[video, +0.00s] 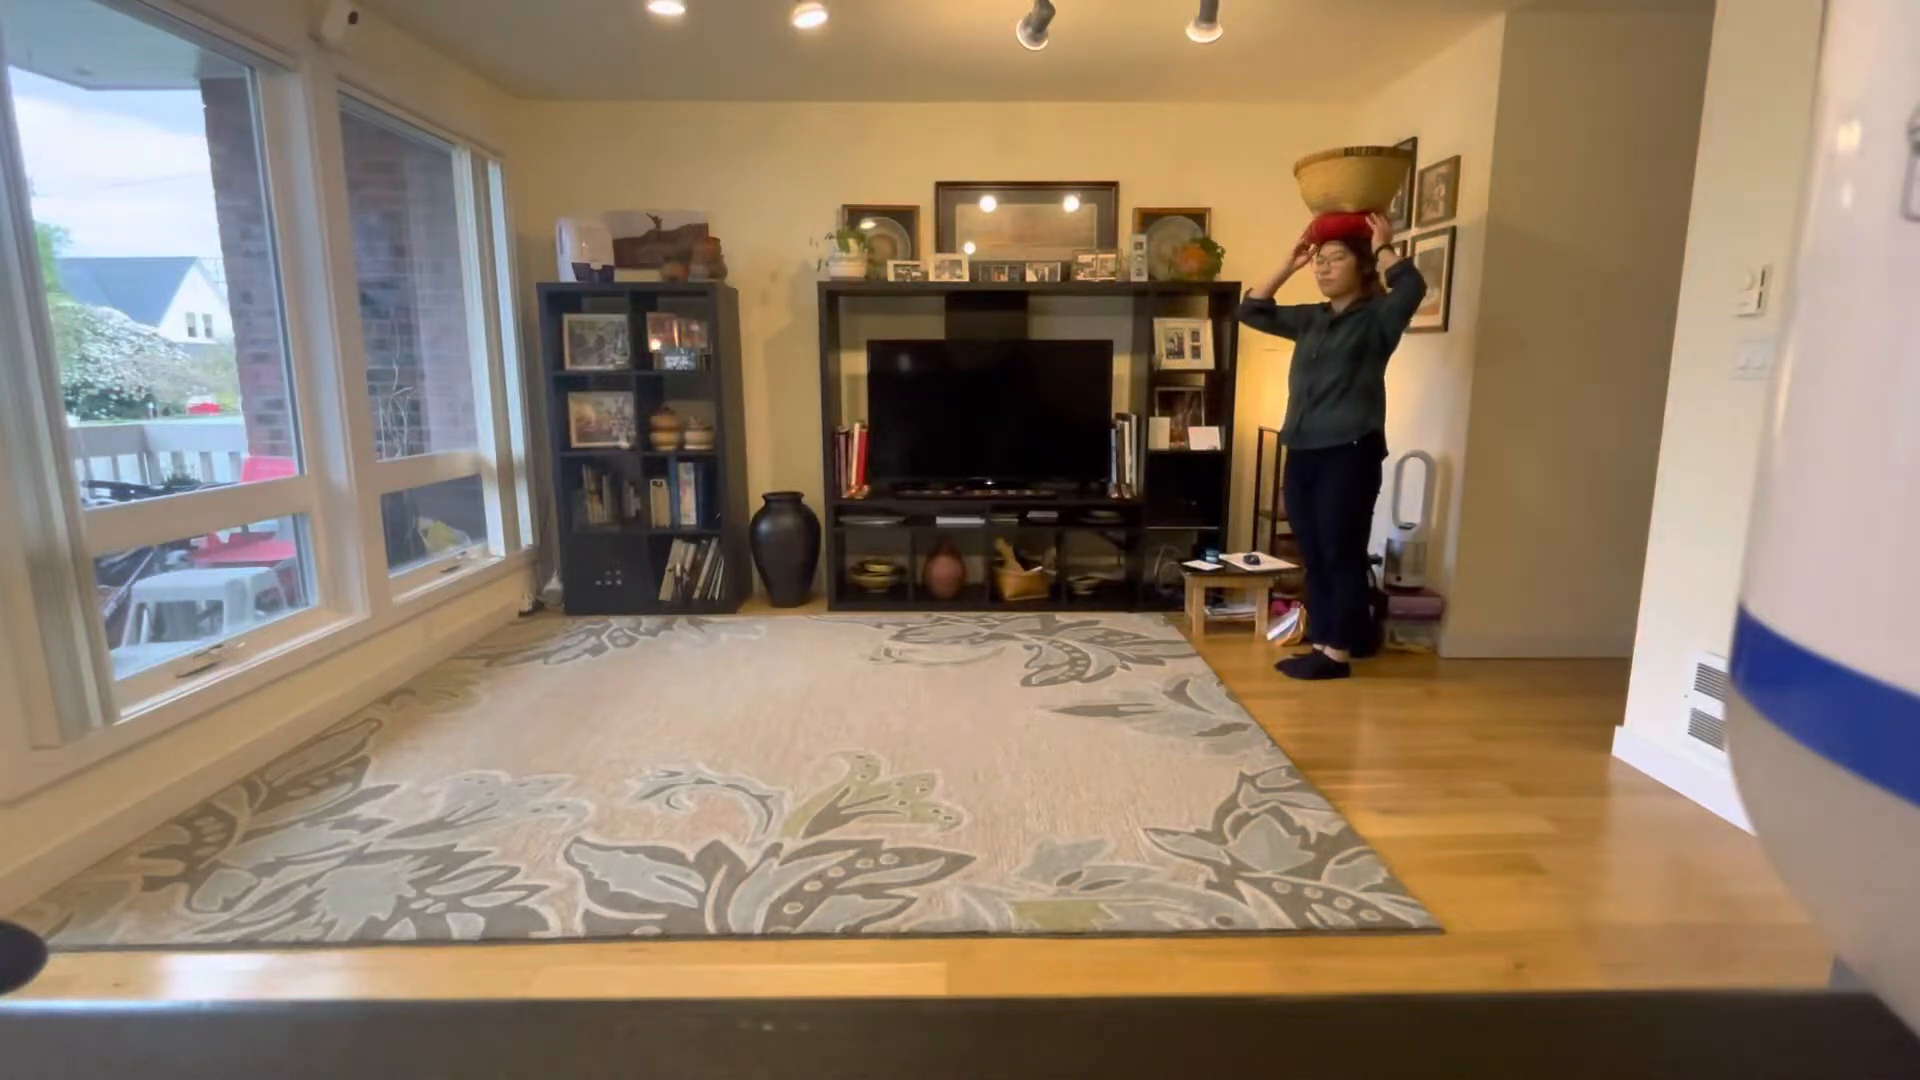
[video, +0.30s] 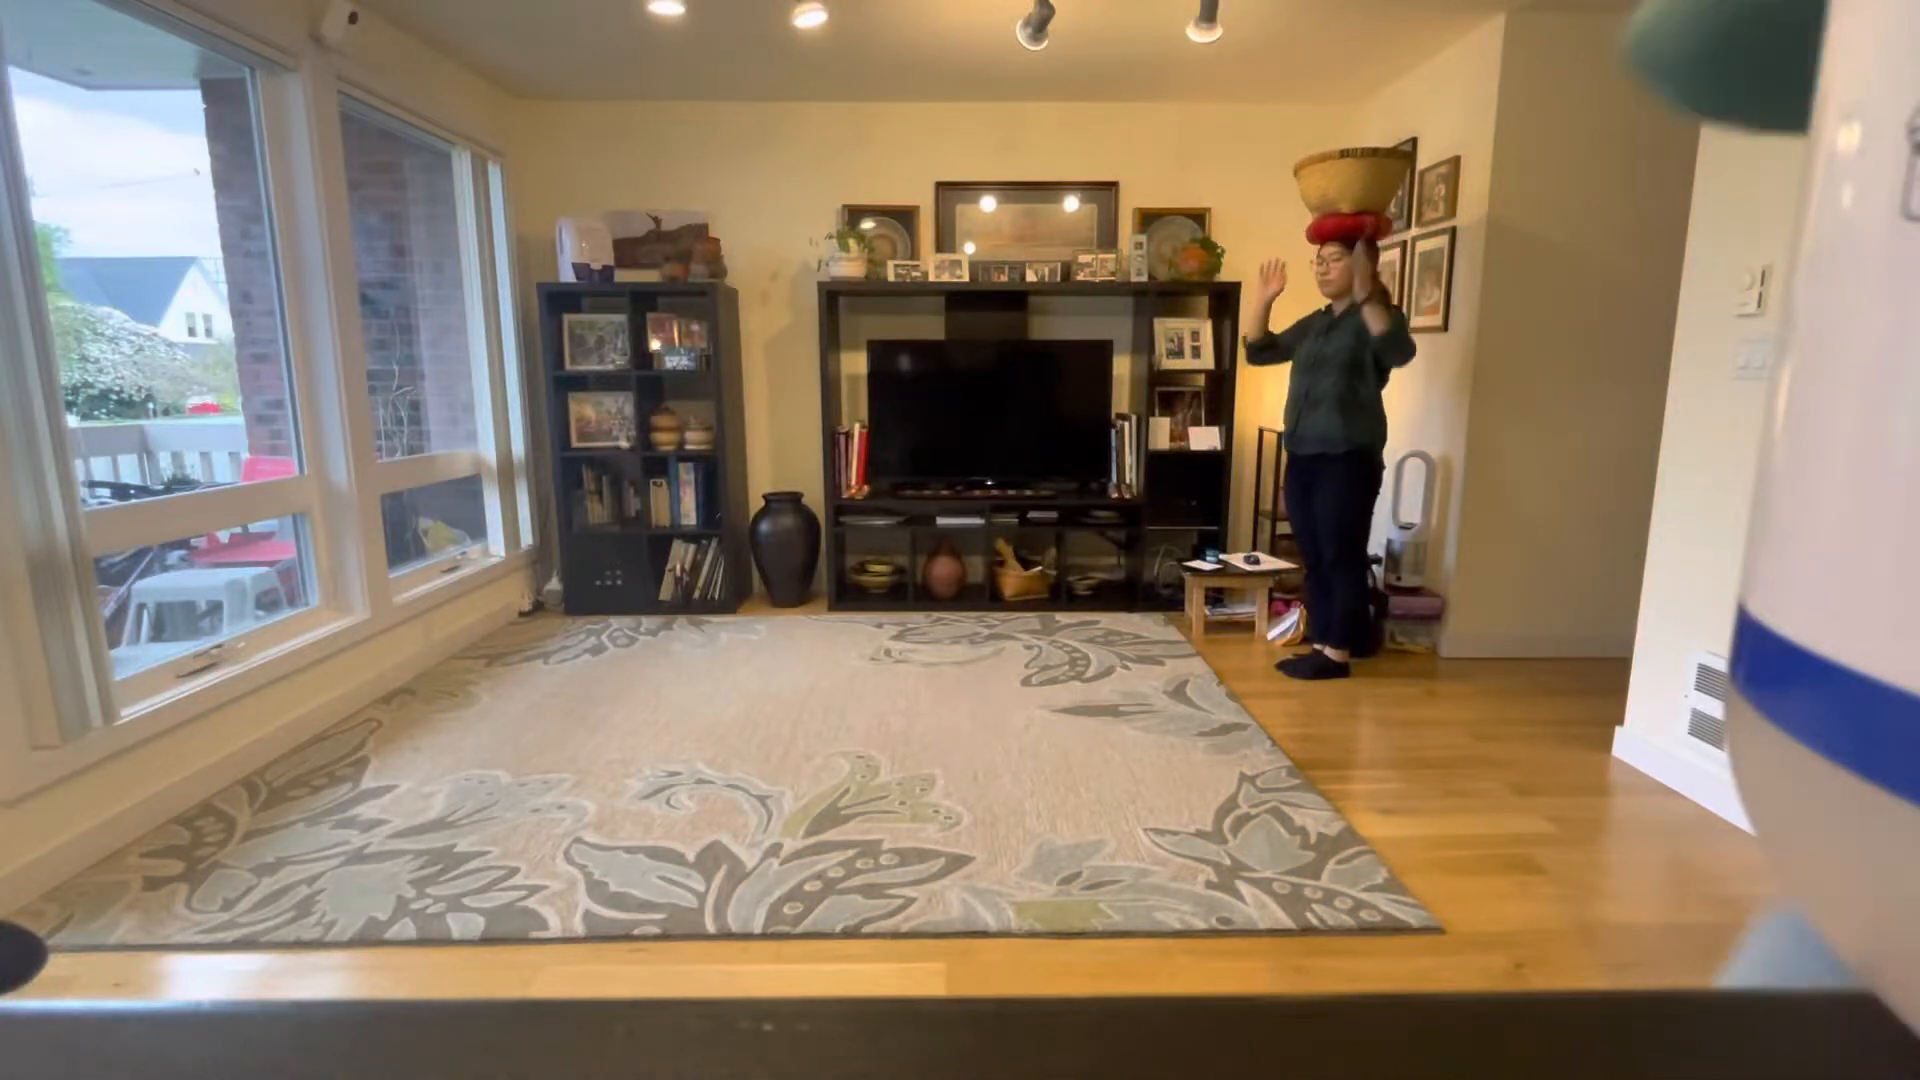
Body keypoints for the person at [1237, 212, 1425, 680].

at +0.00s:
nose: (1323, 267)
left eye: (1335, 258)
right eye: (1318, 259)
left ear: (1362, 266)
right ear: (1313, 266)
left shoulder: (1377, 317)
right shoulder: (1311, 317)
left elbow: (1411, 288)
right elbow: (1250, 311)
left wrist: (1383, 248)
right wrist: (1288, 268)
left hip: (1352, 449)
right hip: (1304, 449)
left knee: (1341, 549)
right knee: (1314, 550)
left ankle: (1338, 652)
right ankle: (1321, 643)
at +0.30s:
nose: (1321, 268)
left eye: (1332, 259)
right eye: (1318, 260)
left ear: (1361, 264)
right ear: (1315, 267)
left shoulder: (1378, 317)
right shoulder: (1313, 323)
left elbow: (1398, 353)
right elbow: (1258, 352)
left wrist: (1370, 293)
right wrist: (1262, 300)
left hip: (1350, 457)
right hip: (1305, 456)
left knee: (1341, 553)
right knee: (1315, 553)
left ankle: (1338, 653)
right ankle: (1323, 644)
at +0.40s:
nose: (1321, 268)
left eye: (1332, 259)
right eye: (1318, 261)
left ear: (1362, 266)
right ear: (1314, 268)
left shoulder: (1382, 322)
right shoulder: (1316, 325)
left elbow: (1391, 382)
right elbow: (1269, 370)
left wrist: (1347, 345)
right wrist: (1254, 325)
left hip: (1350, 459)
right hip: (1305, 458)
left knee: (1340, 553)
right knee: (1314, 553)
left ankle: (1337, 652)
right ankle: (1324, 643)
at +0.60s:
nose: (1319, 268)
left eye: (1330, 259)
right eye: (1317, 261)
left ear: (1361, 266)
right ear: (1316, 268)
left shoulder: (1378, 324)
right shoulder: (1318, 328)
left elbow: (1392, 399)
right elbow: (1296, 395)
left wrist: (1334, 410)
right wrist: (1257, 370)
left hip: (1350, 462)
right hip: (1308, 460)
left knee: (1339, 554)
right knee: (1315, 555)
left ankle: (1337, 652)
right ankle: (1323, 643)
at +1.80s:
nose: (1288, 274)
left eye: (1298, 266)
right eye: (1287, 267)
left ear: (1327, 272)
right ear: (1294, 273)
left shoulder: (1342, 326)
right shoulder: (1294, 329)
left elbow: (1356, 402)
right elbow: (1284, 390)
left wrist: (1310, 442)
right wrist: (1266, 434)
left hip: (1327, 454)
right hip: (1290, 452)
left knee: (1300, 547)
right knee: (1288, 547)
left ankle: (1319, 643)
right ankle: (1301, 634)